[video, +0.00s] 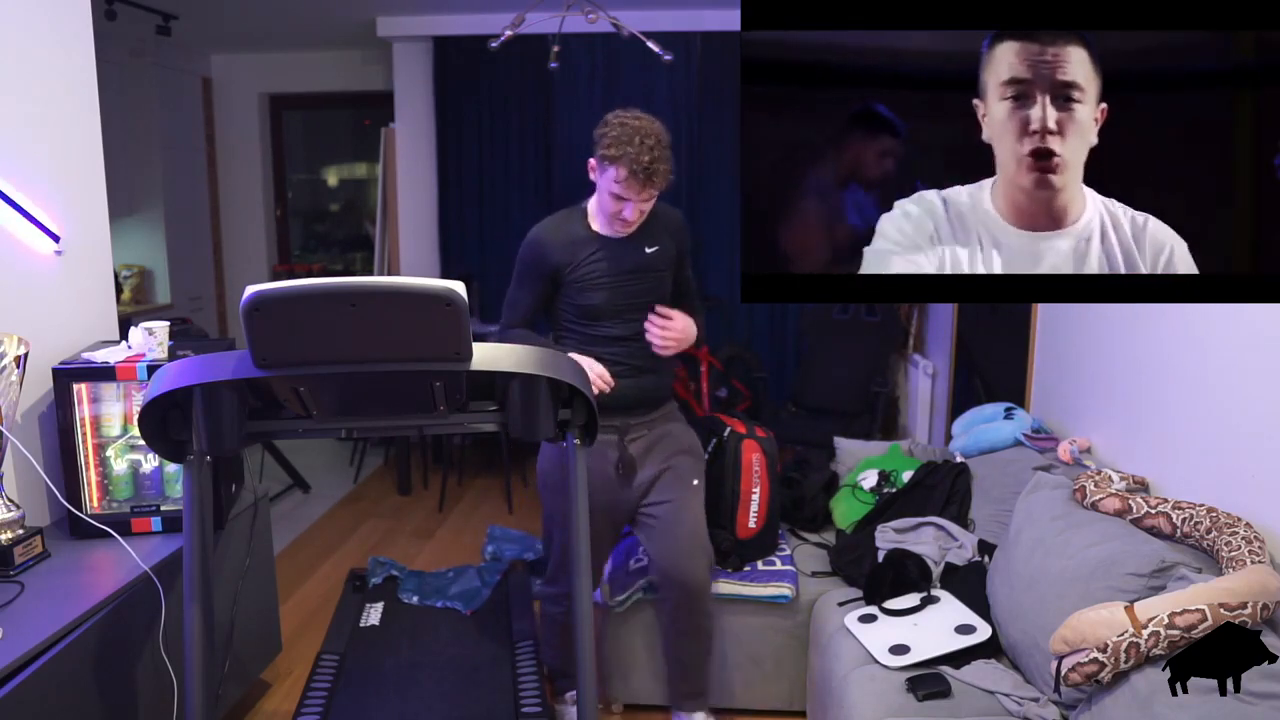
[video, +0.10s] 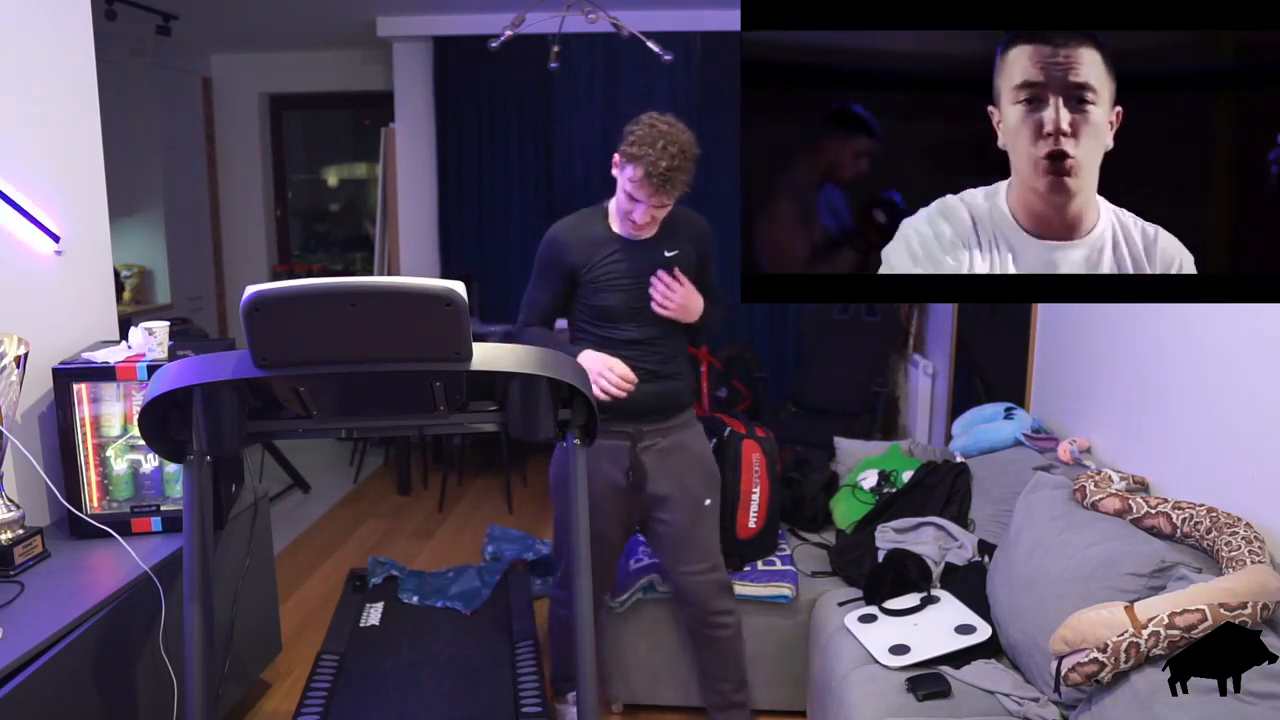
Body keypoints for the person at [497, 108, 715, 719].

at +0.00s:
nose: (631, 214)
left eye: (645, 202)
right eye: (619, 199)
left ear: (660, 184)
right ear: (594, 173)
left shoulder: (670, 229)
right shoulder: (550, 241)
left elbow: (690, 314)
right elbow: (511, 332)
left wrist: (691, 332)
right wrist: (562, 359)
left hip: (662, 430)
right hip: (579, 437)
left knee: (687, 574)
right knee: (569, 584)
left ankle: (690, 709)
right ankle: (567, 700)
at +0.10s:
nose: (642, 215)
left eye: (659, 206)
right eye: (634, 199)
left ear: (679, 189)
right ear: (617, 169)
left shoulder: (691, 233)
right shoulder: (568, 241)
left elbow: (713, 325)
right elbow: (529, 333)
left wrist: (699, 312)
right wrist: (577, 360)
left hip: (677, 439)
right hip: (593, 444)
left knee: (706, 591)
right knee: (580, 593)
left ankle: (733, 714)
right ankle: (574, 703)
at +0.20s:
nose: (672, 218)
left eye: (688, 207)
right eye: (662, 201)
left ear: (708, 190)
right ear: (642, 171)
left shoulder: (718, 237)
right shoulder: (593, 238)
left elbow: (742, 337)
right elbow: (550, 329)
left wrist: (723, 311)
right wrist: (601, 351)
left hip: (702, 439)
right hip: (615, 446)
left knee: (727, 599)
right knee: (601, 598)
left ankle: (741, 714)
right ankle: (573, 704)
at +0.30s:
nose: (710, 216)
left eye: (723, 204)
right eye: (700, 200)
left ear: (740, 188)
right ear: (672, 173)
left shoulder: (741, 236)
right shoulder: (618, 235)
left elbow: (782, 334)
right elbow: (574, 330)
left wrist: (752, 312)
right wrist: (629, 338)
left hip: (727, 441)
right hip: (639, 447)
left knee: (741, 607)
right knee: (636, 598)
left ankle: (743, 716)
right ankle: (576, 693)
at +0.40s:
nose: (730, 213)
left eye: (741, 200)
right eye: (719, 196)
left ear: (758, 184)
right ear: (694, 170)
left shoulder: (764, 235)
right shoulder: (637, 233)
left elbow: (811, 335)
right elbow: (595, 335)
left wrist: (788, 321)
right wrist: (662, 308)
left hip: (742, 443)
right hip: (653, 448)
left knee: (751, 609)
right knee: (669, 604)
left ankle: (743, 715)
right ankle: (593, 686)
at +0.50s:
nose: (735, 208)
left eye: (748, 196)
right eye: (727, 191)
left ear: (764, 180)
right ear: (706, 163)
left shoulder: (773, 235)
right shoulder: (652, 230)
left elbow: (823, 331)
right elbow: (616, 334)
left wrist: (800, 329)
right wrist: (689, 290)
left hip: (753, 443)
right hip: (665, 445)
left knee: (757, 610)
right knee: (685, 605)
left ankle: (747, 715)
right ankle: (625, 702)